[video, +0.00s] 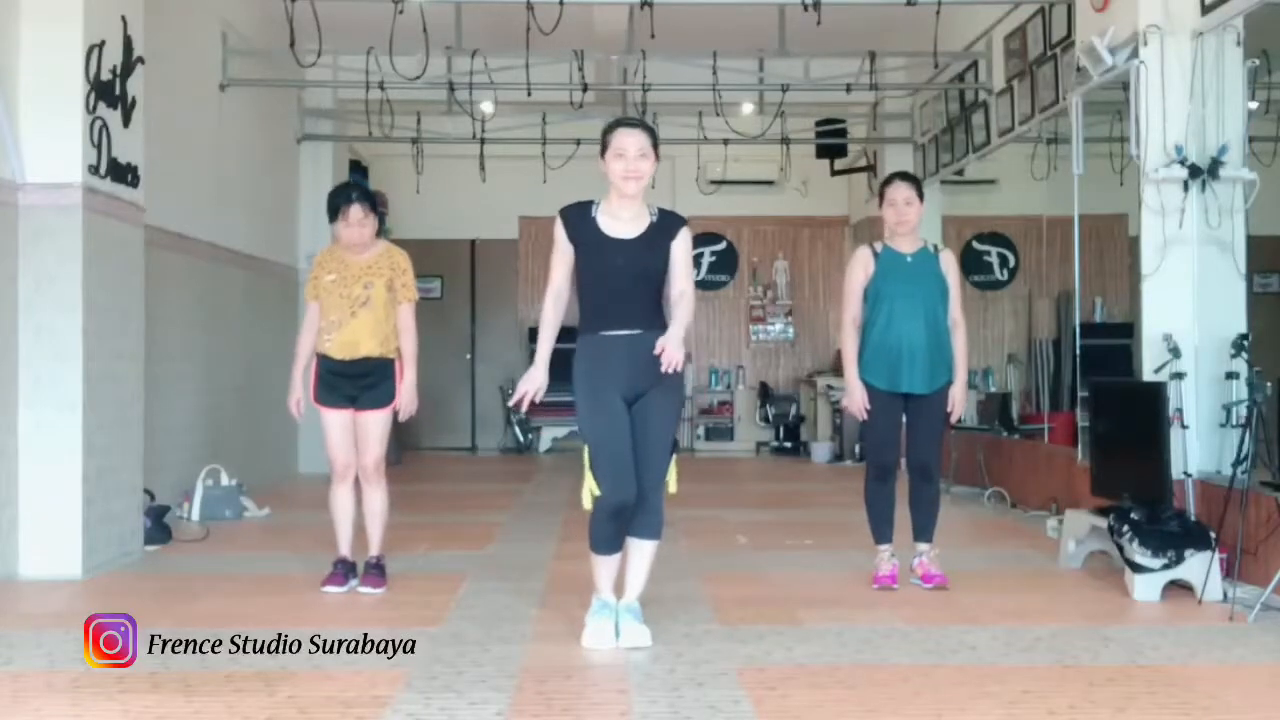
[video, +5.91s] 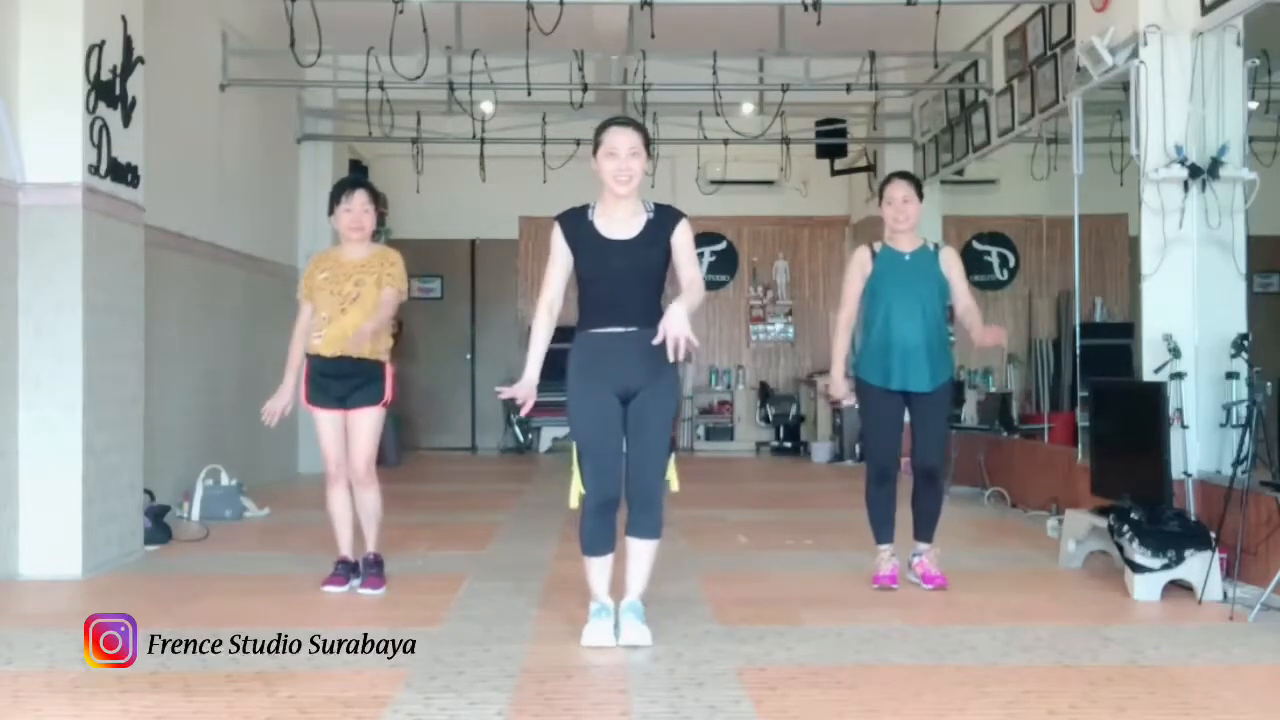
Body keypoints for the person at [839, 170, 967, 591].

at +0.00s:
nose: (899, 210)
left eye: (908, 202)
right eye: (891, 203)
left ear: (922, 208)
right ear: (881, 210)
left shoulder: (944, 259)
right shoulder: (866, 258)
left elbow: (956, 323)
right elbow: (849, 323)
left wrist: (960, 381)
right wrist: (852, 381)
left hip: (932, 382)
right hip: (879, 381)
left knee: (925, 467)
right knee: (881, 467)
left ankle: (924, 553)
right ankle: (884, 554)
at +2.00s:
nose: (898, 205)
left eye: (906, 198)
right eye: (890, 199)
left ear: (921, 204)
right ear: (880, 208)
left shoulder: (945, 256)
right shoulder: (867, 257)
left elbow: (962, 312)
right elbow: (845, 318)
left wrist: (969, 337)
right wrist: (835, 370)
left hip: (932, 380)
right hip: (878, 379)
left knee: (927, 467)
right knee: (881, 465)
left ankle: (923, 553)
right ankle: (884, 554)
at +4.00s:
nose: (908, 204)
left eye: (916, 197)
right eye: (901, 198)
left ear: (933, 205)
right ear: (892, 207)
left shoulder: (956, 255)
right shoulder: (876, 256)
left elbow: (973, 308)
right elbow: (854, 314)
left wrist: (986, 348)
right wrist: (842, 369)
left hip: (941, 380)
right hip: (887, 379)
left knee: (933, 466)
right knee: (888, 465)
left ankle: (925, 552)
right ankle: (887, 552)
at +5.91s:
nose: (899, 209)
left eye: (906, 201)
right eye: (891, 202)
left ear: (921, 207)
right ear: (880, 209)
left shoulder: (944, 256)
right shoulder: (865, 258)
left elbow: (965, 305)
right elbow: (845, 318)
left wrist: (978, 331)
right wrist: (837, 373)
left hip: (932, 379)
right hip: (878, 379)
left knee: (929, 465)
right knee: (881, 465)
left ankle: (922, 553)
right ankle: (884, 554)